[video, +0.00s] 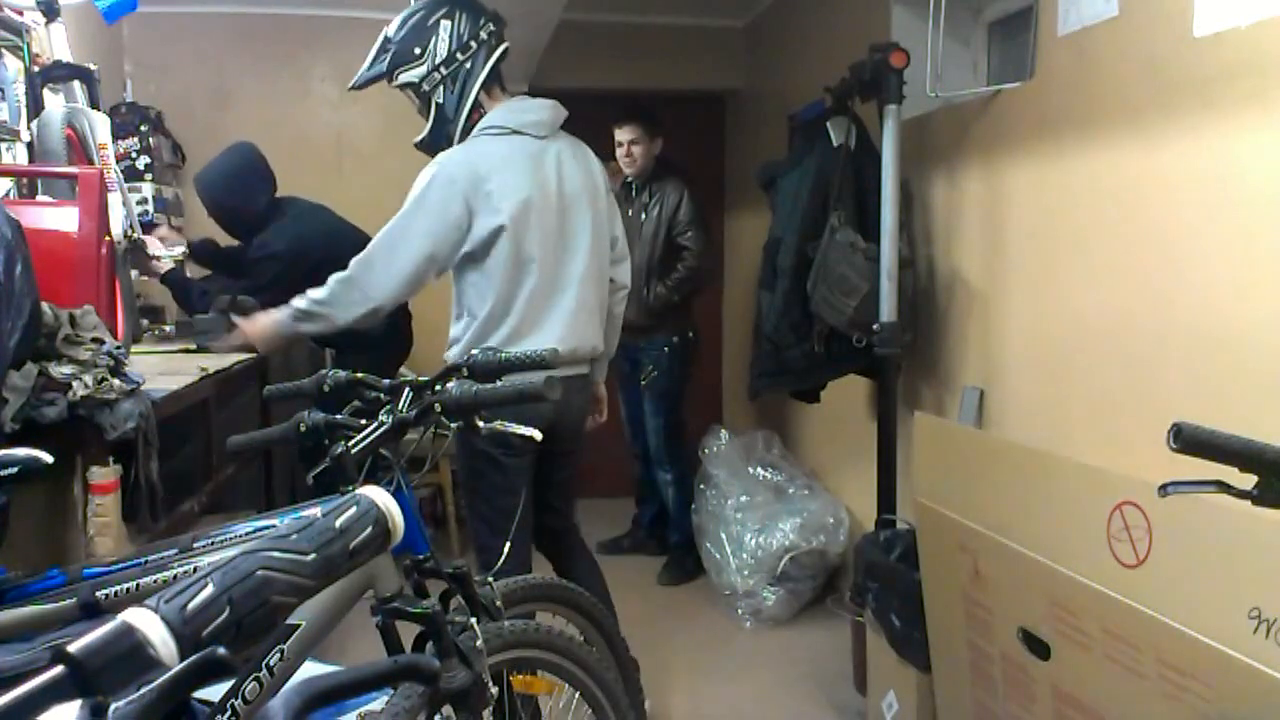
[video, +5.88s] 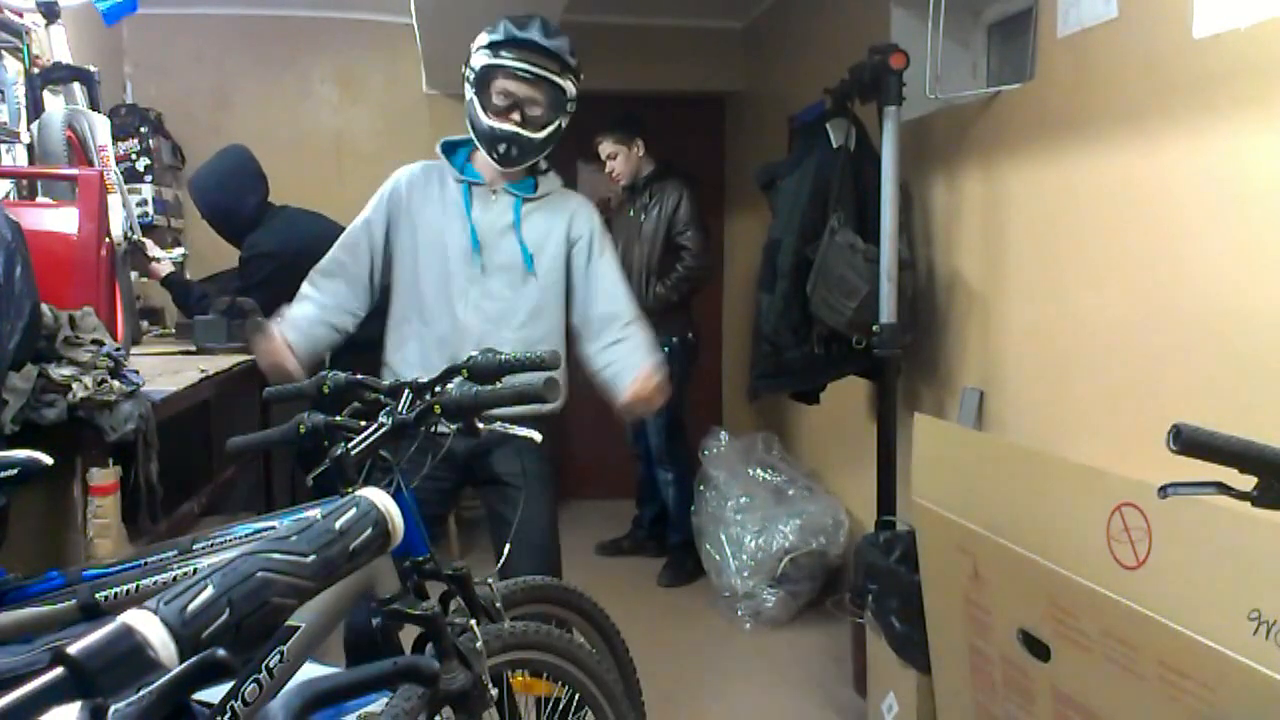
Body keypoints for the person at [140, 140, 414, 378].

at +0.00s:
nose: (213, 218)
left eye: (214, 209)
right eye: (211, 209)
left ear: (234, 206)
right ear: (260, 187)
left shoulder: (276, 249)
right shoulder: (292, 212)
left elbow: (225, 307)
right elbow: (245, 263)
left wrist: (168, 273)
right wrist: (189, 247)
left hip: (372, 343)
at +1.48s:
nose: (217, 225)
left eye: (216, 216)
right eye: (213, 216)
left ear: (231, 211)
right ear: (258, 190)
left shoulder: (275, 254)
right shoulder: (297, 216)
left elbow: (229, 312)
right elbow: (250, 290)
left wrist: (164, 272)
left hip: (370, 349)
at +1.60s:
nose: (217, 226)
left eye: (216, 217)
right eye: (213, 218)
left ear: (229, 214)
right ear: (257, 191)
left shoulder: (275, 253)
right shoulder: (296, 216)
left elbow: (220, 315)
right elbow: (268, 264)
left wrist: (164, 273)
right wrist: (227, 278)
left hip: (372, 350)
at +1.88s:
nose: (213, 224)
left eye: (212, 215)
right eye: (209, 216)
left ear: (226, 212)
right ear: (251, 194)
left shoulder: (273, 251)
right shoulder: (286, 217)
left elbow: (233, 316)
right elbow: (249, 281)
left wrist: (170, 275)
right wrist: (195, 257)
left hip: (380, 348)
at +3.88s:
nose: (203, 233)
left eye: (201, 223)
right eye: (198, 224)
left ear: (215, 218)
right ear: (239, 195)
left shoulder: (266, 252)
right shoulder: (279, 220)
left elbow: (220, 319)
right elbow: (244, 279)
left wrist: (168, 276)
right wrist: (186, 285)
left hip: (367, 350)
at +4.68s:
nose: (206, 224)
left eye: (205, 215)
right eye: (202, 216)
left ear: (219, 212)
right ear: (246, 192)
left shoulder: (268, 250)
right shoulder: (284, 223)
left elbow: (221, 317)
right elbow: (253, 282)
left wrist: (166, 276)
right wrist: (211, 277)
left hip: (366, 363)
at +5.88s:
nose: (209, 222)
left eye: (209, 212)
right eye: (206, 214)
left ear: (226, 207)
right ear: (255, 191)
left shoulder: (264, 249)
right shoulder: (295, 220)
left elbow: (233, 324)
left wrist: (167, 277)